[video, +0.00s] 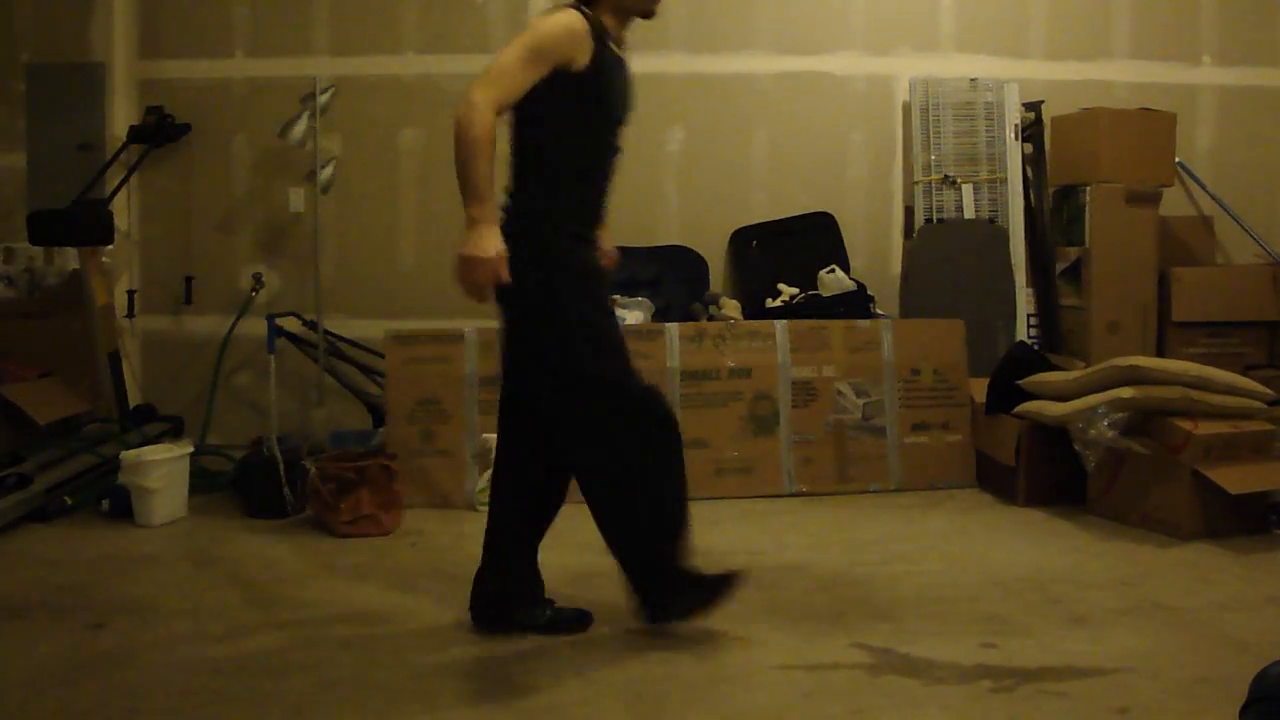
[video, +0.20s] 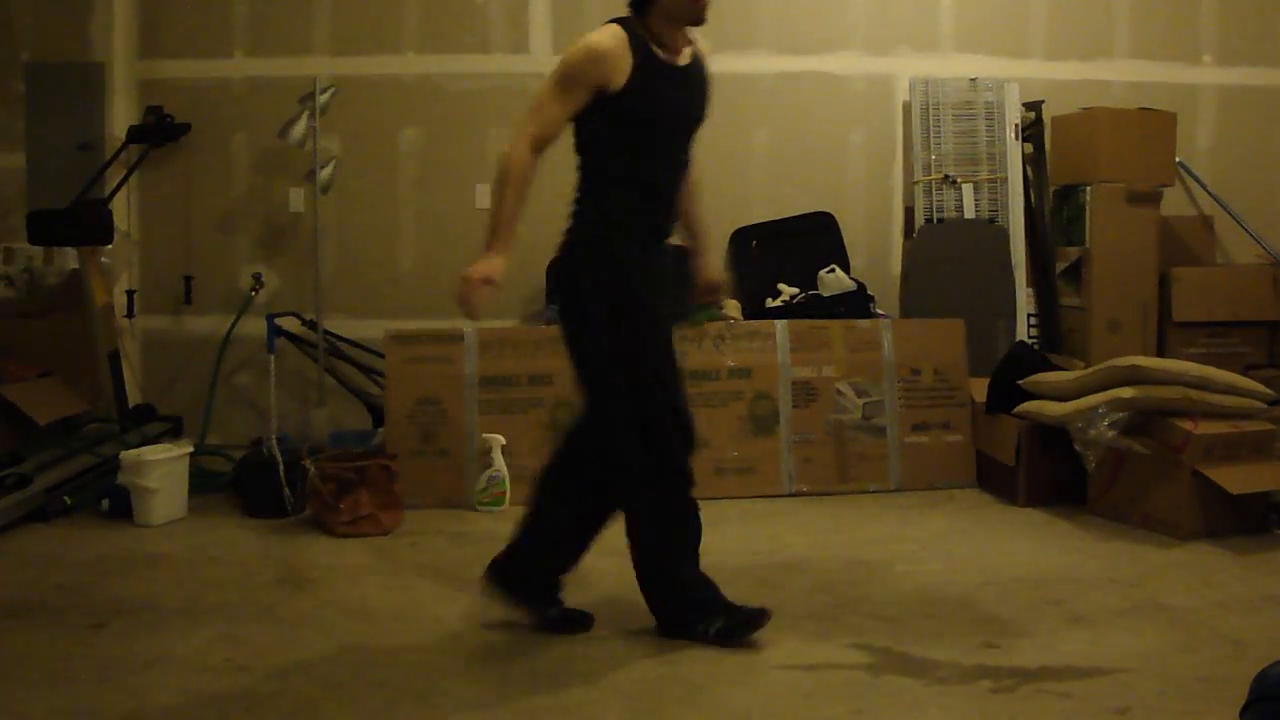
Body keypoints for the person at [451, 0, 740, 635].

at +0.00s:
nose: (657, 1)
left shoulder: (606, 49)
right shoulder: (566, 29)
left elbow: (567, 150)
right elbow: (477, 106)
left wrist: (590, 236)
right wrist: (480, 223)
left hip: (567, 267)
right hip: (544, 266)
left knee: (537, 432)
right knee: (628, 420)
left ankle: (504, 595)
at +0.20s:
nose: (701, 6)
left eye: (703, 0)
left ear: (694, 7)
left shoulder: (692, 59)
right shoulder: (603, 51)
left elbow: (675, 162)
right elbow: (526, 142)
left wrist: (702, 250)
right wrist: (496, 250)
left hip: (646, 271)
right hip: (597, 273)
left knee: (618, 429)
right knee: (658, 432)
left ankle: (526, 571)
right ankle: (684, 604)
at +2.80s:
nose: (580, 1)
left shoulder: (652, 41)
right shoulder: (505, 44)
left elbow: (685, 156)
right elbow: (460, 150)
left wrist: (633, 102)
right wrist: (422, 262)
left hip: (615, 266)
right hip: (528, 263)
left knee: (596, 444)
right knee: (528, 417)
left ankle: (566, 612)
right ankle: (487, 554)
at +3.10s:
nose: (544, 3)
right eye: (535, 1)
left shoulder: (637, 43)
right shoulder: (488, 54)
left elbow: (649, 143)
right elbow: (443, 149)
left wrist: (576, 131)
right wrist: (397, 223)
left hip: (597, 285)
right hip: (510, 283)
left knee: (592, 469)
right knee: (503, 465)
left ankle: (517, 602)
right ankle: (496, 662)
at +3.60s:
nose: (669, 10)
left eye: (674, 0)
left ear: (676, 7)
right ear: (611, 3)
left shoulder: (691, 82)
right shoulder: (545, 71)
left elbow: (719, 169)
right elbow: (519, 188)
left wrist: (747, 237)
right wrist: (608, 154)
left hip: (667, 306)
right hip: (574, 309)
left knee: (731, 455)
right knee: (543, 474)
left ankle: (778, 593)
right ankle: (508, 641)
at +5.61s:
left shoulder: (328, 29)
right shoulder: (247, 37)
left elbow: (439, 110)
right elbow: (300, 152)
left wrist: (540, 194)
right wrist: (304, 247)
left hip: (373, 258)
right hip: (316, 261)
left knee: (339, 445)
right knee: (298, 445)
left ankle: (407, 602)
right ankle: (348, 597)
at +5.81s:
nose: (288, 8)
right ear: (280, 3)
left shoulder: (373, 54)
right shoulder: (286, 49)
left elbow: (501, 74)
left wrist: (621, 68)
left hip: (314, 320)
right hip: (267, 314)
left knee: (206, 479)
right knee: (255, 485)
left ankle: (220, 663)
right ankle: (457, 528)